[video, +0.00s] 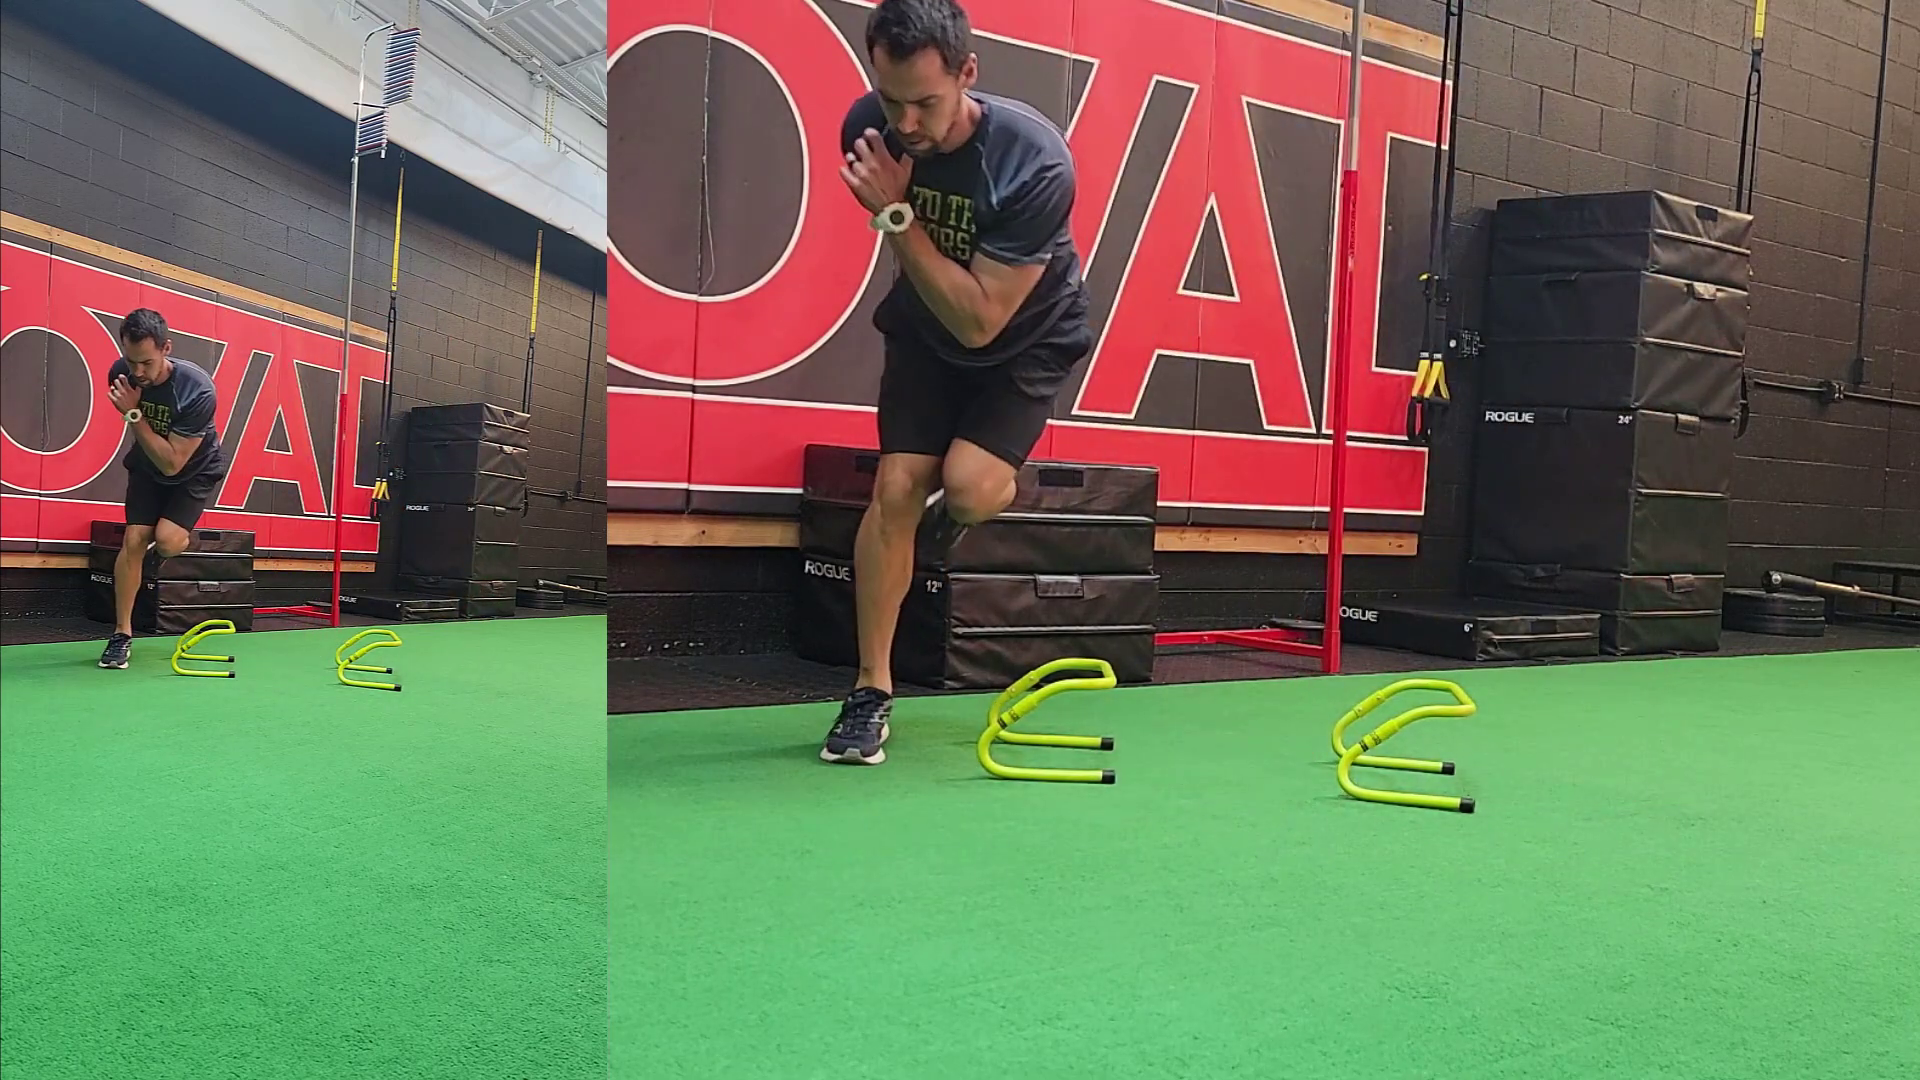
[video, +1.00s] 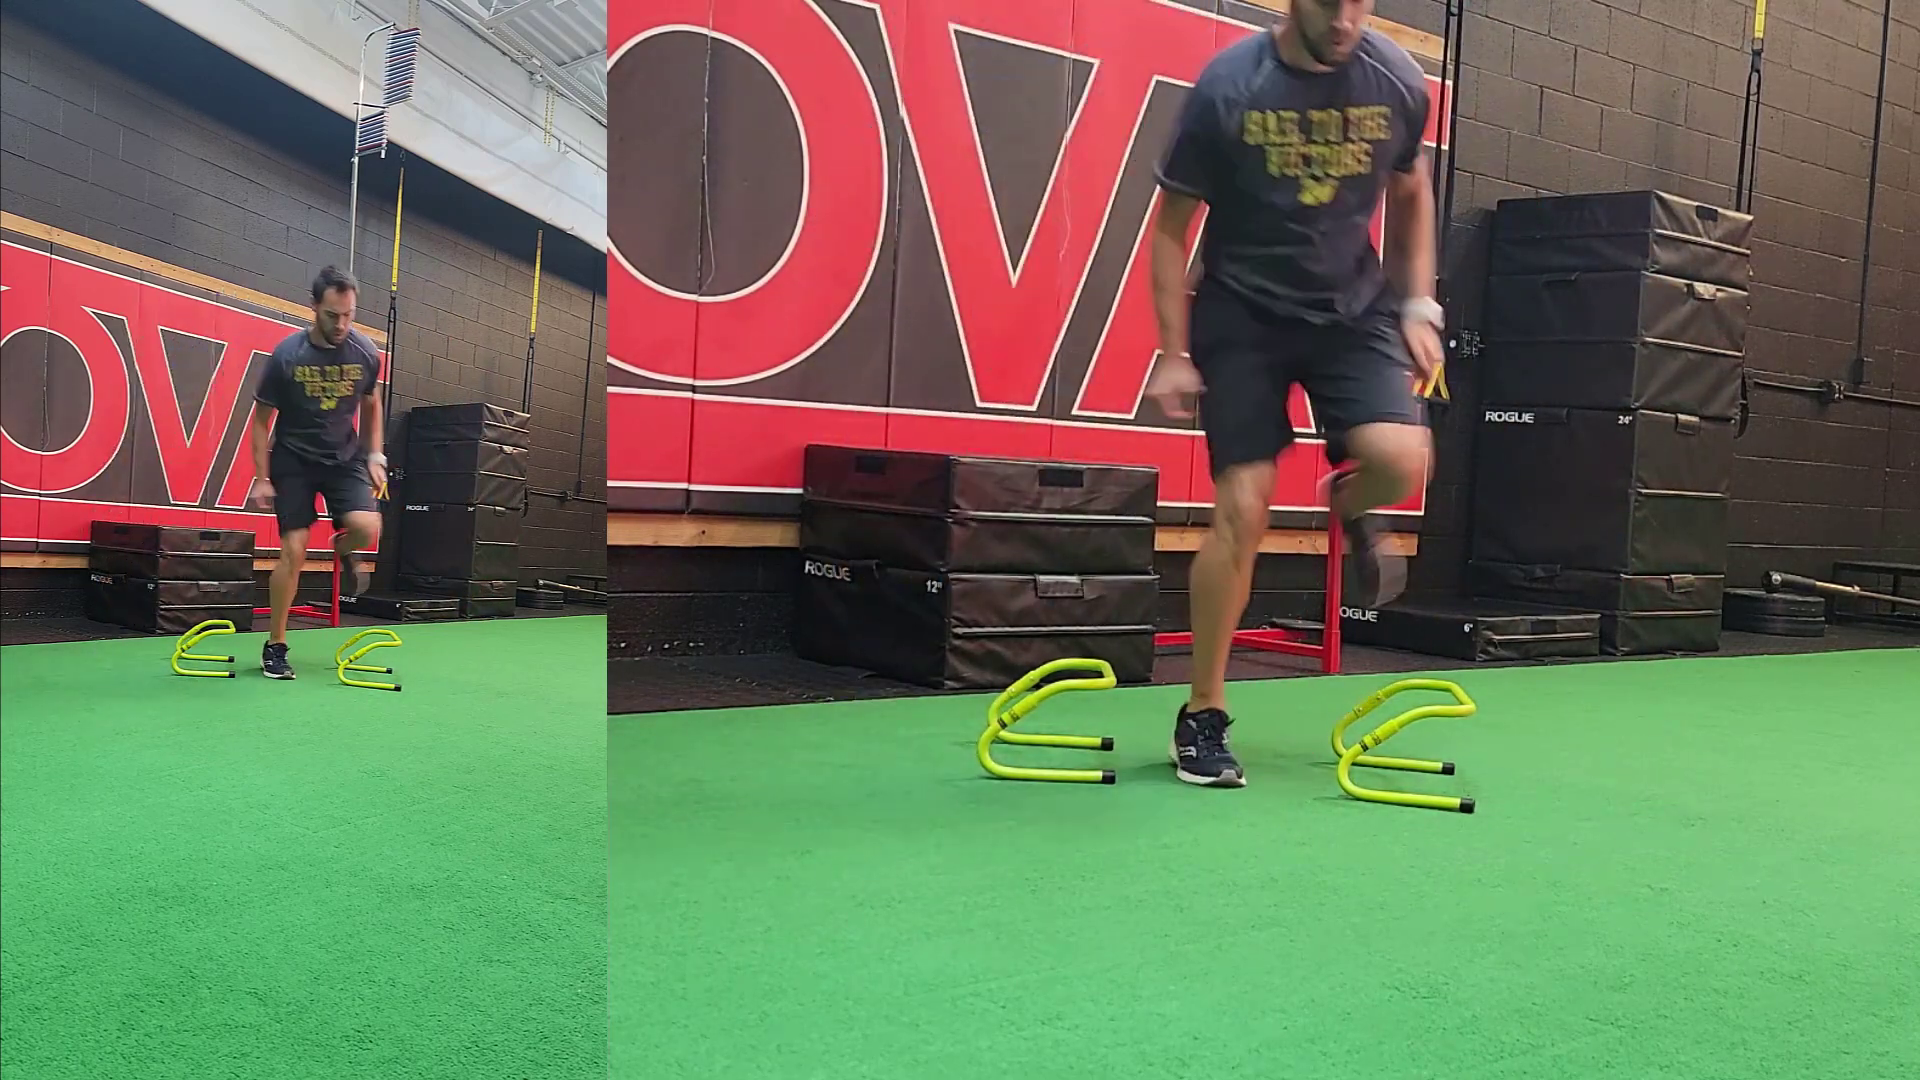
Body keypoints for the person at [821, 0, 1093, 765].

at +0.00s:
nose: (906, 122)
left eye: (925, 102)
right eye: (892, 100)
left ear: (967, 76)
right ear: (874, 79)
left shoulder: (1036, 166)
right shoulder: (870, 129)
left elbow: (979, 324)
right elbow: (912, 241)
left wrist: (897, 217)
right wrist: (891, 208)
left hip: (1032, 335)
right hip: (927, 321)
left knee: (971, 487)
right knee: (896, 490)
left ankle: (963, 507)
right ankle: (872, 690)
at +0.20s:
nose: (908, 87)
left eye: (926, 69)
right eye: (892, 67)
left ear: (965, 42)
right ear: (873, 41)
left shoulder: (1028, 132)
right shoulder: (854, 104)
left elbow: (992, 300)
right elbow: (854, 185)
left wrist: (885, 224)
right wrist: (838, 250)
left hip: (1016, 317)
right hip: (910, 301)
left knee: (972, 479)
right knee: (884, 469)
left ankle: (953, 488)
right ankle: (854, 674)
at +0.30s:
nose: (915, 111)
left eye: (933, 91)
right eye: (897, 91)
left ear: (966, 64)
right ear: (874, 72)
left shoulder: (1027, 159)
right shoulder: (854, 139)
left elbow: (1017, 325)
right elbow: (837, 240)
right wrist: (815, 328)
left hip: (1015, 343)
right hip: (907, 332)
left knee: (976, 506)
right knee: (871, 498)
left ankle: (958, 510)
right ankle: (840, 696)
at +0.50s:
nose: (991, 83)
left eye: (1006, 62)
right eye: (972, 66)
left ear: (1029, 43)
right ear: (942, 51)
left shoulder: (1083, 139)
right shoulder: (899, 141)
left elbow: (1159, 258)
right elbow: (878, 266)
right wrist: (879, 347)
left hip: (1054, 346)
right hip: (943, 350)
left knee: (1058, 492)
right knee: (890, 506)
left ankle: (1128, 546)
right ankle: (845, 696)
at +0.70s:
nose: (1151, 13)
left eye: (1163, 1)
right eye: (1134, 3)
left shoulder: (1229, 64)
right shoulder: (1047, 64)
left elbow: (1264, 172)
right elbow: (1014, 185)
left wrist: (1257, 295)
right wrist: (1001, 294)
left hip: (1179, 289)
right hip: (1071, 280)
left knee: (1188, 485)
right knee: (1028, 445)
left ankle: (1216, 692)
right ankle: (963, 572)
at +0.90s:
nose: (1293, 8)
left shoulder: (1343, 54)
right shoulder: (1165, 57)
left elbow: (1369, 164)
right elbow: (1108, 181)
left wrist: (1343, 186)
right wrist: (1082, 317)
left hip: (1298, 282)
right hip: (1198, 274)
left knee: (1295, 459)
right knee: (1223, 437)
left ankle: (1250, 644)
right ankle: (1194, 642)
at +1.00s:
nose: (1347, 22)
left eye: (1359, 7)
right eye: (1330, 6)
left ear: (1373, 5)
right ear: (1290, 2)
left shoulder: (1400, 83)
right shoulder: (1225, 90)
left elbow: (1413, 194)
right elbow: (1169, 231)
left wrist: (1419, 304)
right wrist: (1173, 353)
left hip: (1355, 311)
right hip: (1243, 312)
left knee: (1402, 465)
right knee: (1243, 511)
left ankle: (1342, 505)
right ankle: (1204, 714)